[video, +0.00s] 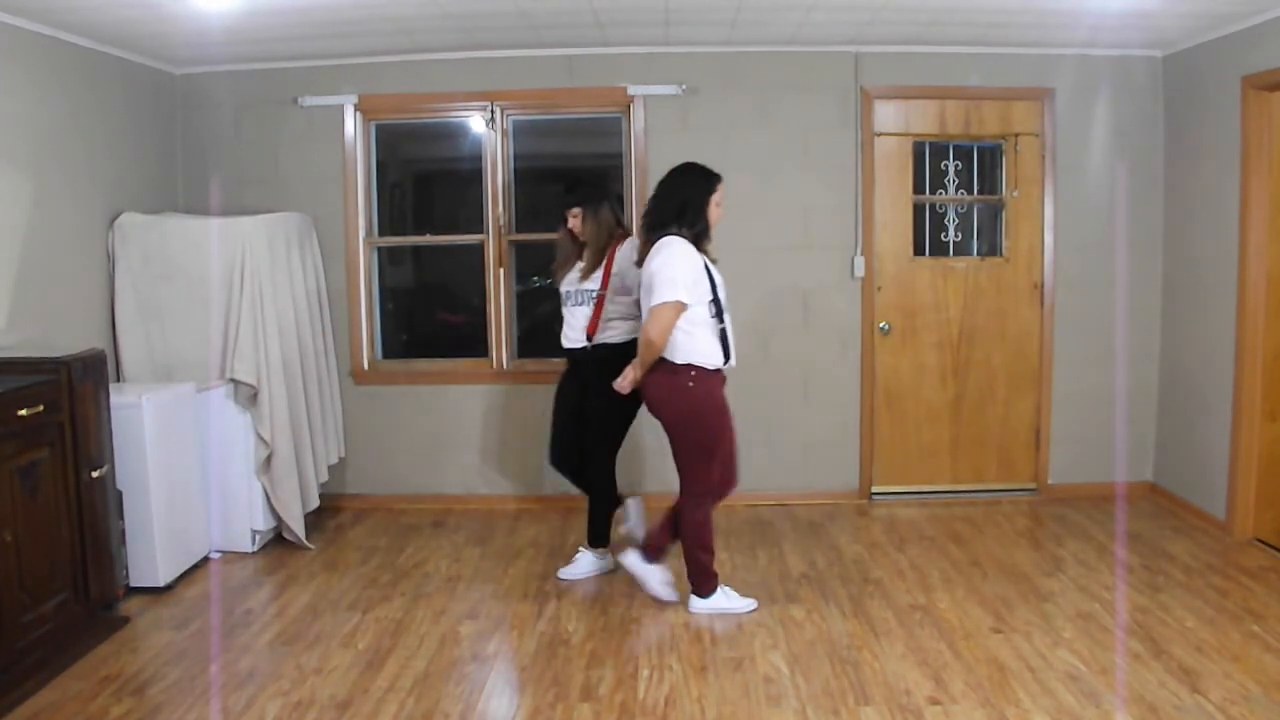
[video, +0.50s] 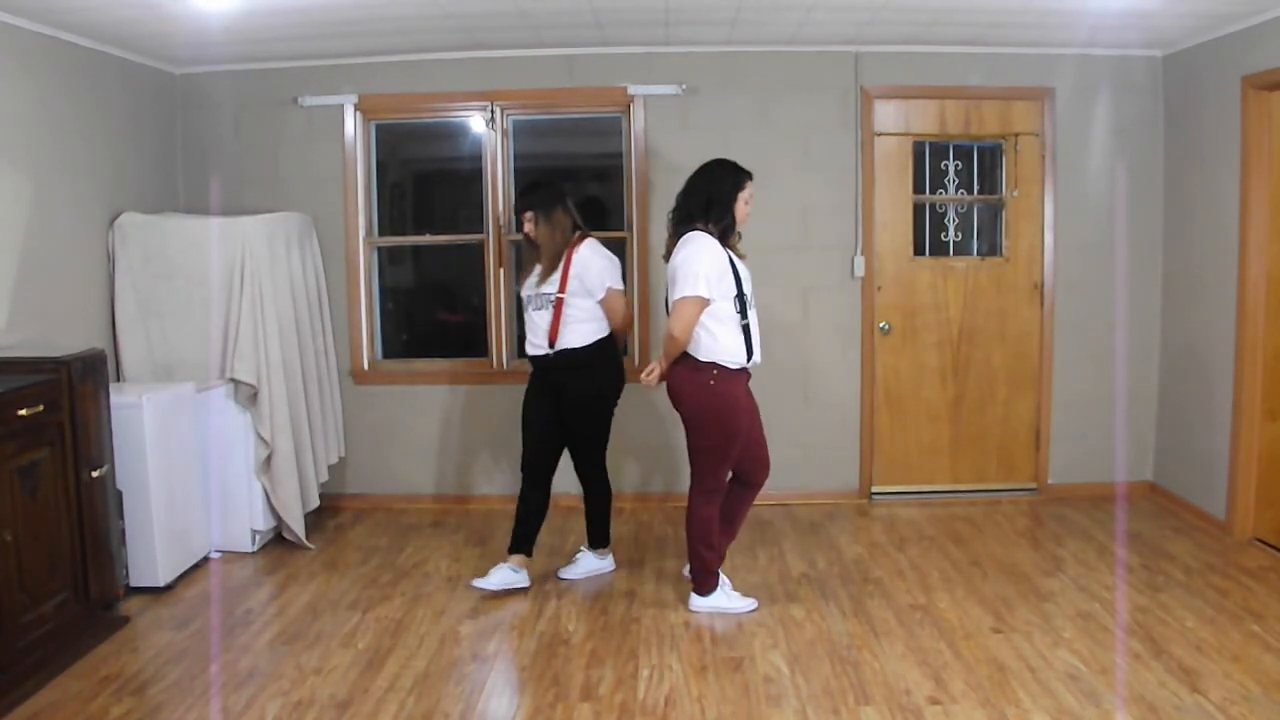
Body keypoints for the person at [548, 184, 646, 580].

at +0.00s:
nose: (573, 223)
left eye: (580, 214)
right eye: (570, 216)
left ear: (602, 214)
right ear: (569, 223)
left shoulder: (630, 252)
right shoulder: (574, 263)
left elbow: (656, 310)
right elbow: (577, 319)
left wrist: (642, 361)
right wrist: (577, 357)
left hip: (618, 362)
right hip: (579, 364)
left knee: (600, 456)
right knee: (563, 455)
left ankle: (596, 549)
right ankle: (623, 505)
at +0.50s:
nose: (526, 232)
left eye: (529, 222)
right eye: (523, 224)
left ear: (547, 217)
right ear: (548, 220)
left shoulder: (591, 255)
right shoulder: (542, 263)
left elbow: (620, 317)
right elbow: (547, 323)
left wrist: (601, 347)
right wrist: (586, 343)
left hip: (590, 371)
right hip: (547, 373)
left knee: (590, 464)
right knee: (536, 468)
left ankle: (599, 553)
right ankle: (517, 562)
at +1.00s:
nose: (481, 217)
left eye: (485, 209)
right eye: (481, 210)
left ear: (504, 210)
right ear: (512, 208)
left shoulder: (533, 248)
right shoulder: (497, 254)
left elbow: (560, 315)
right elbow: (508, 318)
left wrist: (568, 351)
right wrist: (560, 351)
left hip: (536, 373)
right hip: (498, 375)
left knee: (524, 476)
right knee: (508, 473)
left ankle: (575, 531)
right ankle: (512, 570)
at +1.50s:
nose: (475, 213)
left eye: (478, 205)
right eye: (477, 205)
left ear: (489, 207)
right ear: (521, 205)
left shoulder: (495, 250)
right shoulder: (547, 252)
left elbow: (515, 324)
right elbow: (567, 316)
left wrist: (557, 360)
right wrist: (559, 359)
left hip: (508, 373)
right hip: (541, 374)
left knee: (522, 485)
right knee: (520, 479)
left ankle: (552, 590)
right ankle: (511, 573)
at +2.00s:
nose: (489, 211)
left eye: (490, 202)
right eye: (491, 202)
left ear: (500, 205)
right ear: (535, 203)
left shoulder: (508, 253)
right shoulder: (560, 253)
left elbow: (535, 324)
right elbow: (578, 317)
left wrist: (574, 360)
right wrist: (578, 358)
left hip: (526, 375)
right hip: (552, 373)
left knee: (534, 481)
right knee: (510, 471)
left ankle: (554, 591)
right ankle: (534, 566)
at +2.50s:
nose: (506, 211)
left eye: (509, 203)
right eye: (508, 203)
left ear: (520, 204)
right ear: (550, 202)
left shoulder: (532, 249)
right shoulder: (569, 248)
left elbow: (563, 319)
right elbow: (589, 315)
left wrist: (600, 357)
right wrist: (597, 357)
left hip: (548, 373)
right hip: (577, 370)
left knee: (535, 483)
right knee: (574, 477)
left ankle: (551, 591)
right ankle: (584, 576)